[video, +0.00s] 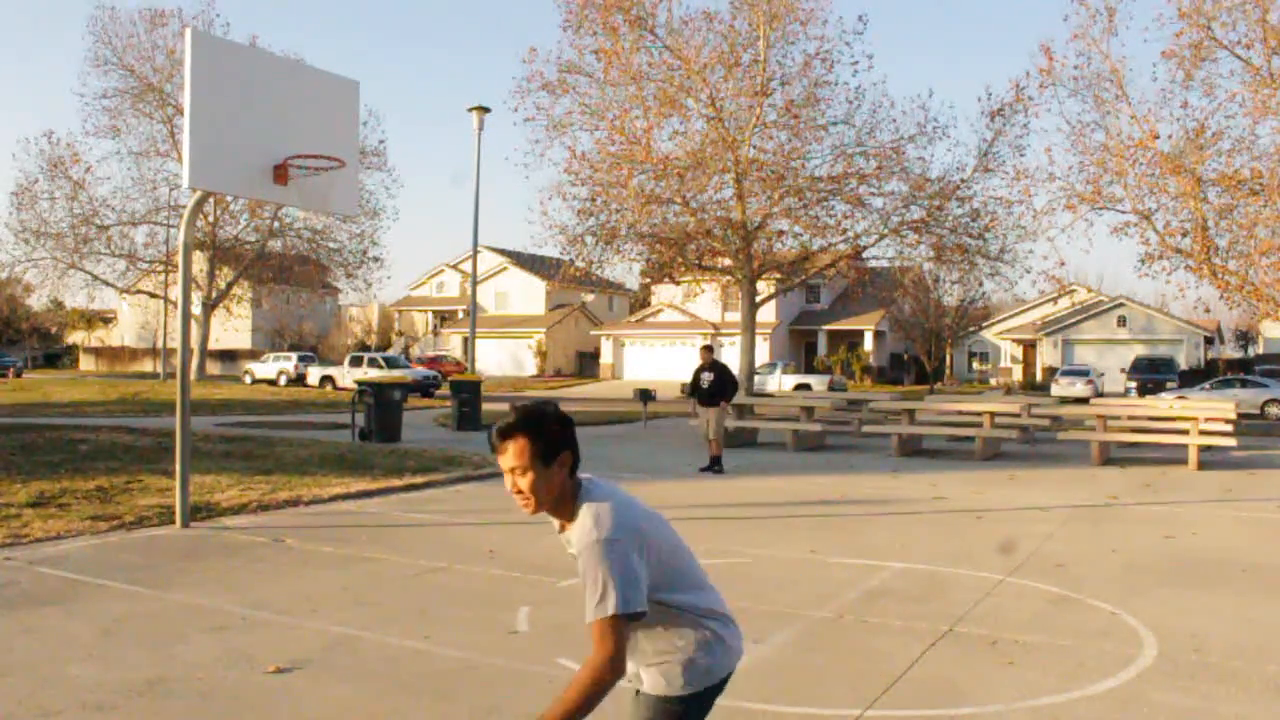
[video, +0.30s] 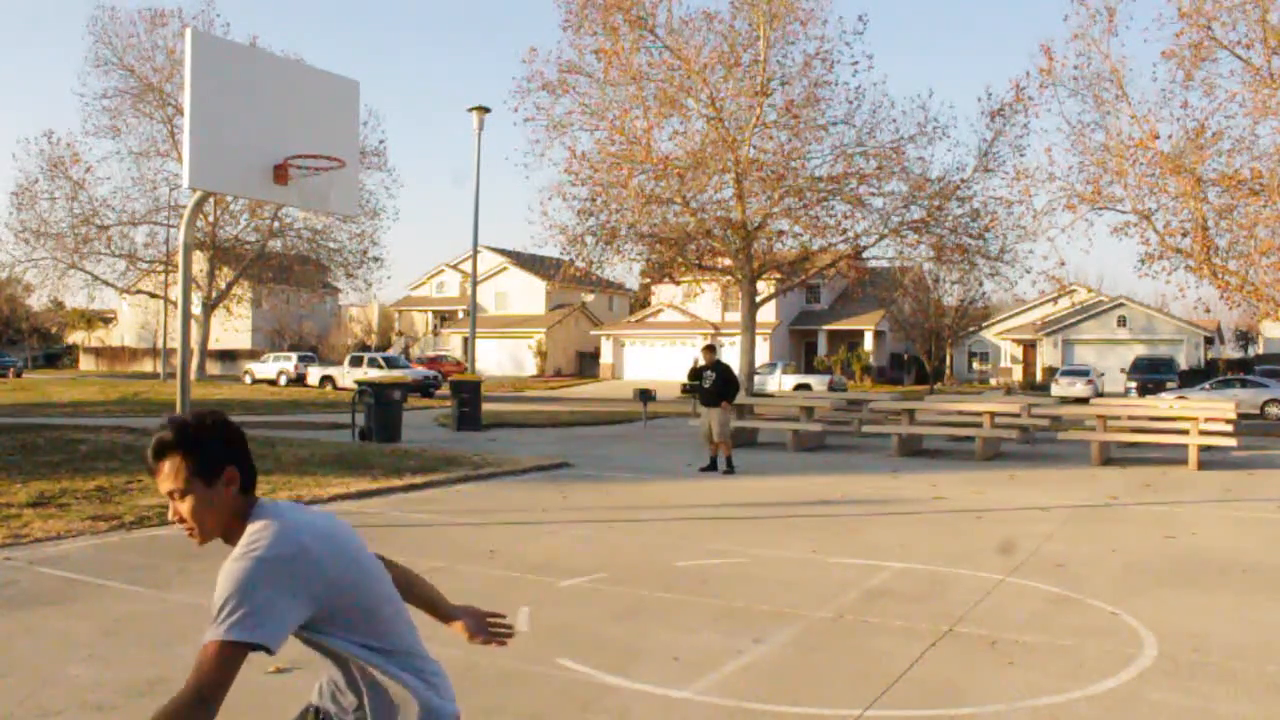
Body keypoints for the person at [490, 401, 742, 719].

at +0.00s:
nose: (511, 487)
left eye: (520, 472)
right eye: (506, 474)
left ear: (562, 464)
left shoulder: (602, 531)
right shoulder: (574, 506)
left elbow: (609, 661)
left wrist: (549, 716)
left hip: (690, 656)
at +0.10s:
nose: (420, 492)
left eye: (429, 476)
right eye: (415, 479)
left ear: (475, 465)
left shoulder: (517, 531)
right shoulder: (504, 499)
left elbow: (492, 672)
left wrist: (440, 718)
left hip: (622, 665)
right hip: (571, 652)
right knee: (529, 713)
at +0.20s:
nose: (304, 489)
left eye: (312, 471)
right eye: (298, 476)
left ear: (358, 457)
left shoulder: (399, 527)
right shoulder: (408, 487)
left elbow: (355, 673)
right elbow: (494, 531)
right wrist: (553, 577)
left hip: (525, 687)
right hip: (465, 659)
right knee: (382, 713)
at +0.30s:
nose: (173, 516)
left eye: (179, 496)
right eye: (168, 500)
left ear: (228, 482)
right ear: (232, 484)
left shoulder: (261, 555)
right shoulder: (289, 521)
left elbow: (199, 702)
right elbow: (383, 572)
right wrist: (453, 612)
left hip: (400, 711)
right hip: (346, 700)